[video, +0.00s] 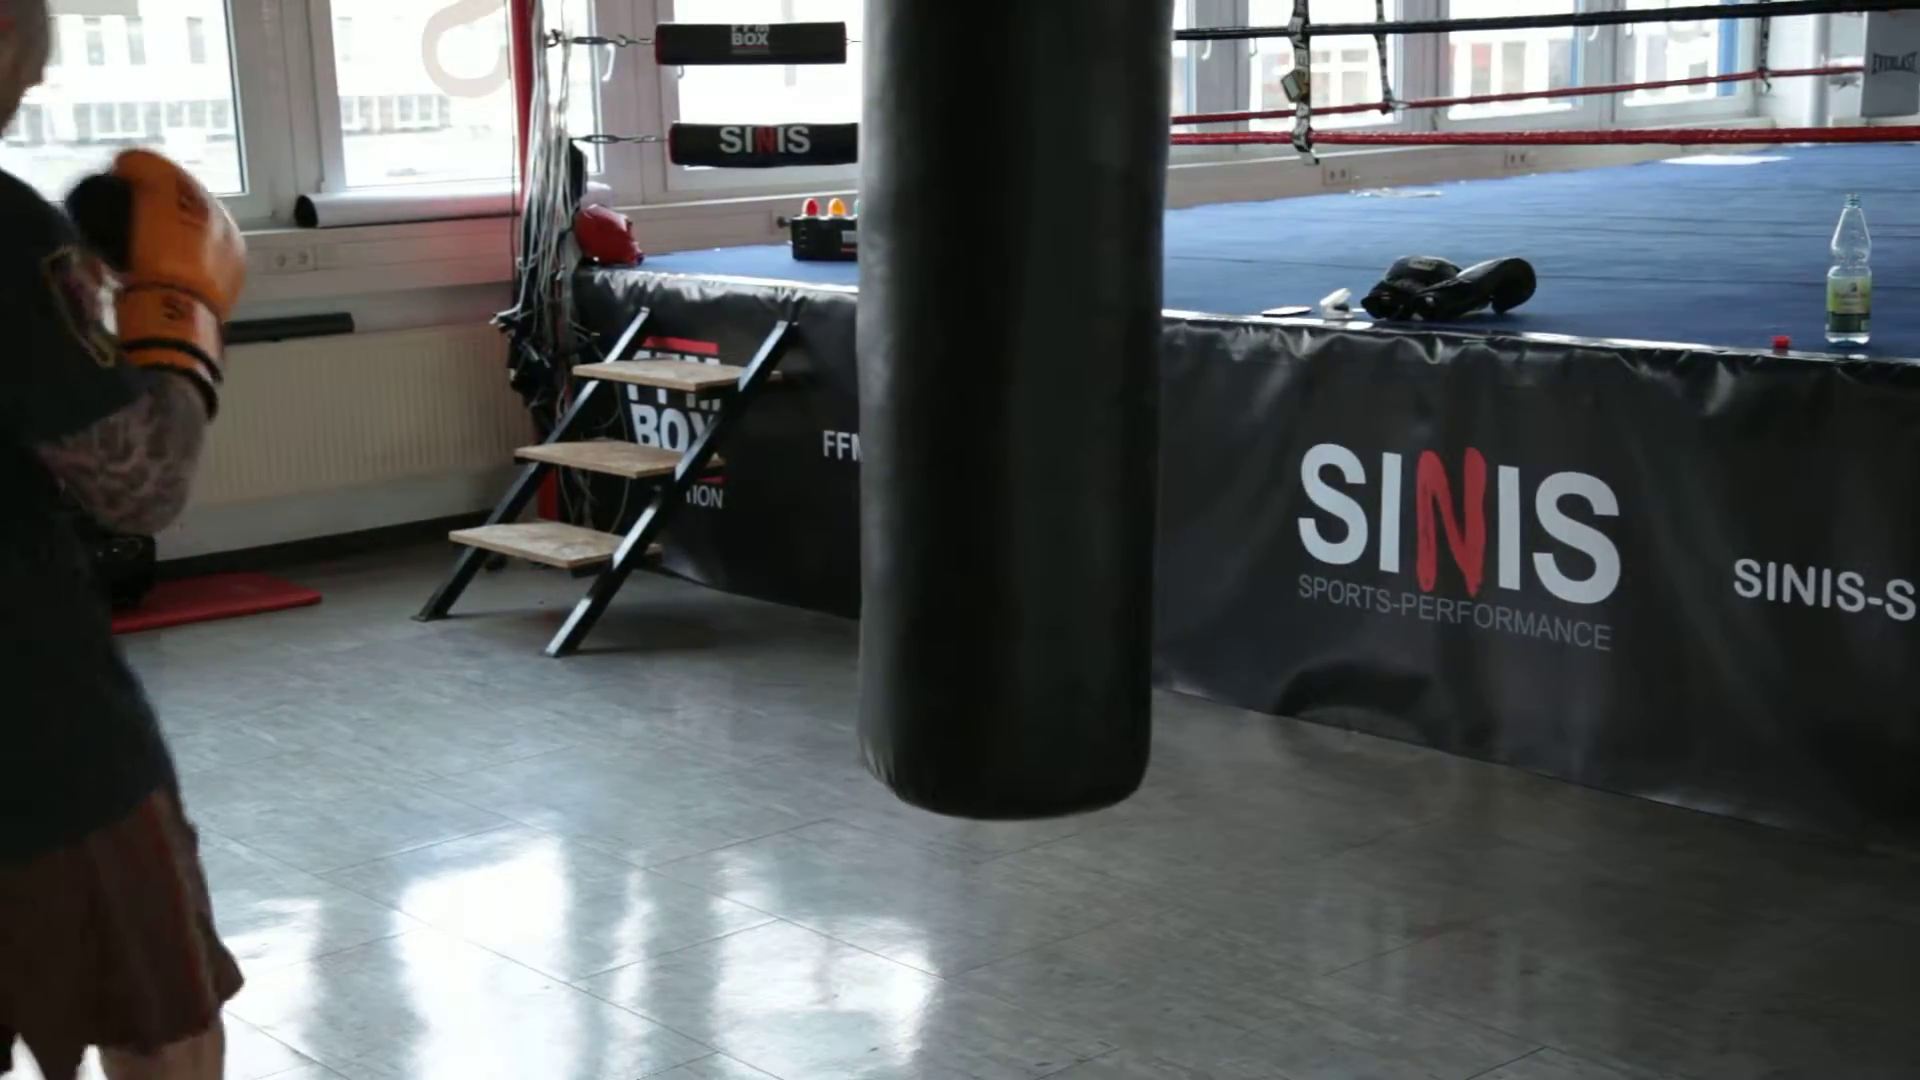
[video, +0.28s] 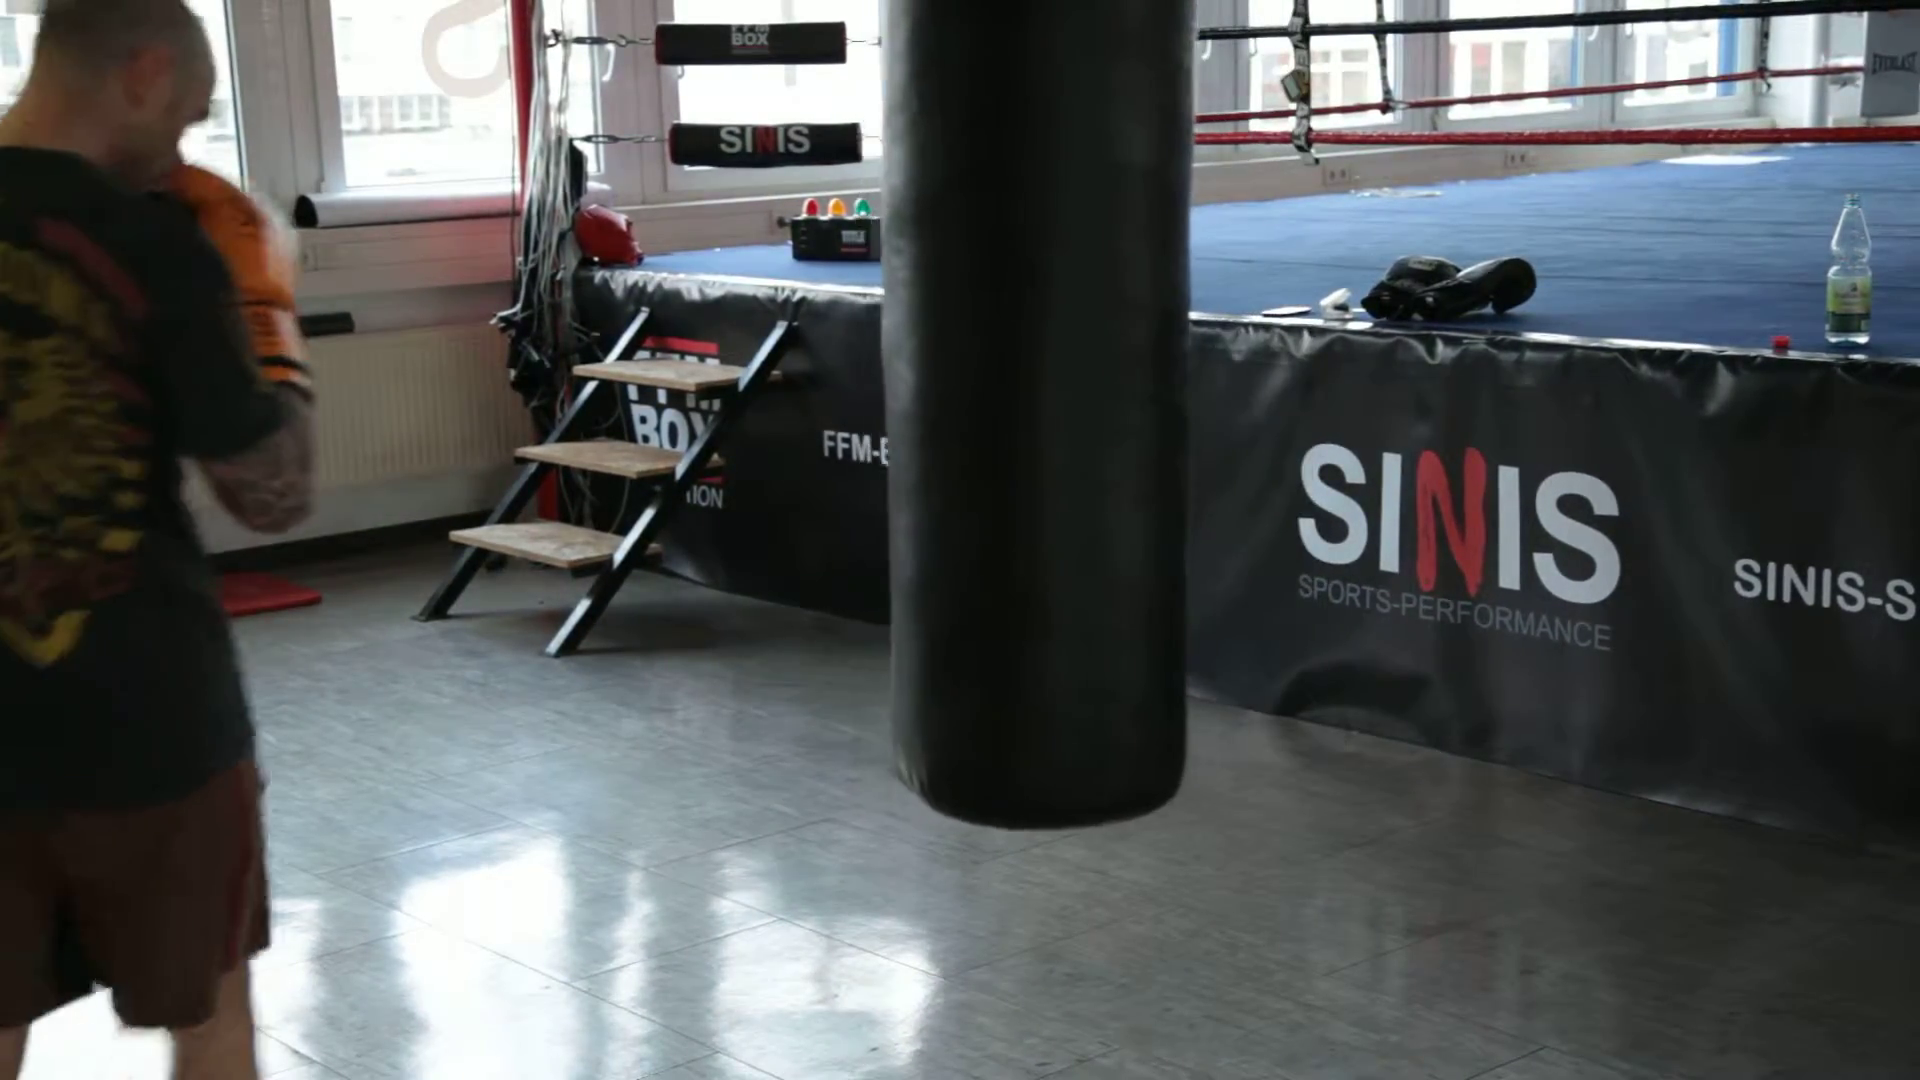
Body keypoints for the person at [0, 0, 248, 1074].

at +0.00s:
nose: (40, 59)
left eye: (38, 38)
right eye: (34, 34)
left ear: (12, 40)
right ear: (4, 29)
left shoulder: (16, 222)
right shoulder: (7, 226)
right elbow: (134, 485)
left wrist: (74, 333)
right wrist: (177, 303)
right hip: (45, 711)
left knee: (58, 1034)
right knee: (167, 1040)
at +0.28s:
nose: (180, 155)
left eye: (190, 128)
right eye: (184, 120)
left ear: (47, 66)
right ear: (141, 76)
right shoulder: (145, 236)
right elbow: (266, 485)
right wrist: (269, 298)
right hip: (130, 685)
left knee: (3, 1019)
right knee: (209, 1006)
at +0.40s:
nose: (257, 128)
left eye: (270, 105)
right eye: (264, 101)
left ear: (122, 48)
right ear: (224, 76)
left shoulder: (10, 181)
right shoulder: (233, 248)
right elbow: (321, 478)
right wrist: (336, 301)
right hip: (202, 667)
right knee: (247, 986)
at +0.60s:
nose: (328, 94)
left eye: (337, 67)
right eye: (333, 62)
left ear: (191, 30)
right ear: (281, 38)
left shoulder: (23, 186)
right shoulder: (299, 216)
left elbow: (24, 414)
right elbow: (388, 446)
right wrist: (433, 297)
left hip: (108, 630)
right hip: (273, 639)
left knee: (120, 900)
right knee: (276, 966)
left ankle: (60, 1078)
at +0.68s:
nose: (346, 88)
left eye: (354, 64)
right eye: (349, 59)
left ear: (222, 30)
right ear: (293, 36)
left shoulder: (47, 194)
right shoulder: (304, 214)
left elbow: (19, 405)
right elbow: (396, 440)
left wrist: (150, 409)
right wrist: (455, 313)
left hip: (140, 628)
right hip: (295, 635)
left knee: (171, 878)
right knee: (291, 969)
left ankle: (114, 1072)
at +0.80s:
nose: (385, 75)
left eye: (390, 49)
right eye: (381, 46)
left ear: (264, 30)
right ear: (310, 32)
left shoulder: (103, 183)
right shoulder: (304, 203)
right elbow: (373, 436)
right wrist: (461, 322)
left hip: (184, 624)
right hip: (313, 634)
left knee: (239, 889)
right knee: (300, 976)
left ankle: (264, 1067)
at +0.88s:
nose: (409, 77)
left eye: (412, 50)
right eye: (401, 47)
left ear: (300, 31)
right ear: (325, 33)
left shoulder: (141, 182)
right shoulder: (302, 202)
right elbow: (349, 429)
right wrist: (460, 338)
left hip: (217, 614)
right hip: (326, 629)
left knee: (295, 869)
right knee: (312, 965)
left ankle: (348, 1039)